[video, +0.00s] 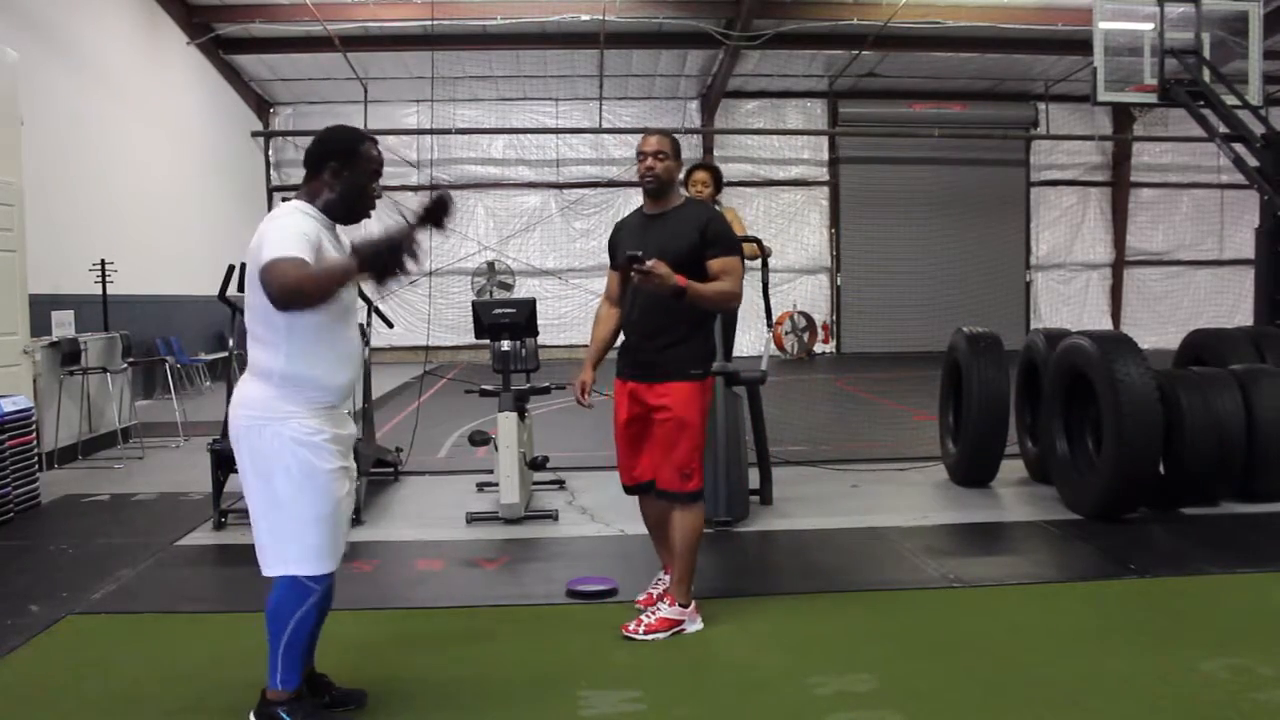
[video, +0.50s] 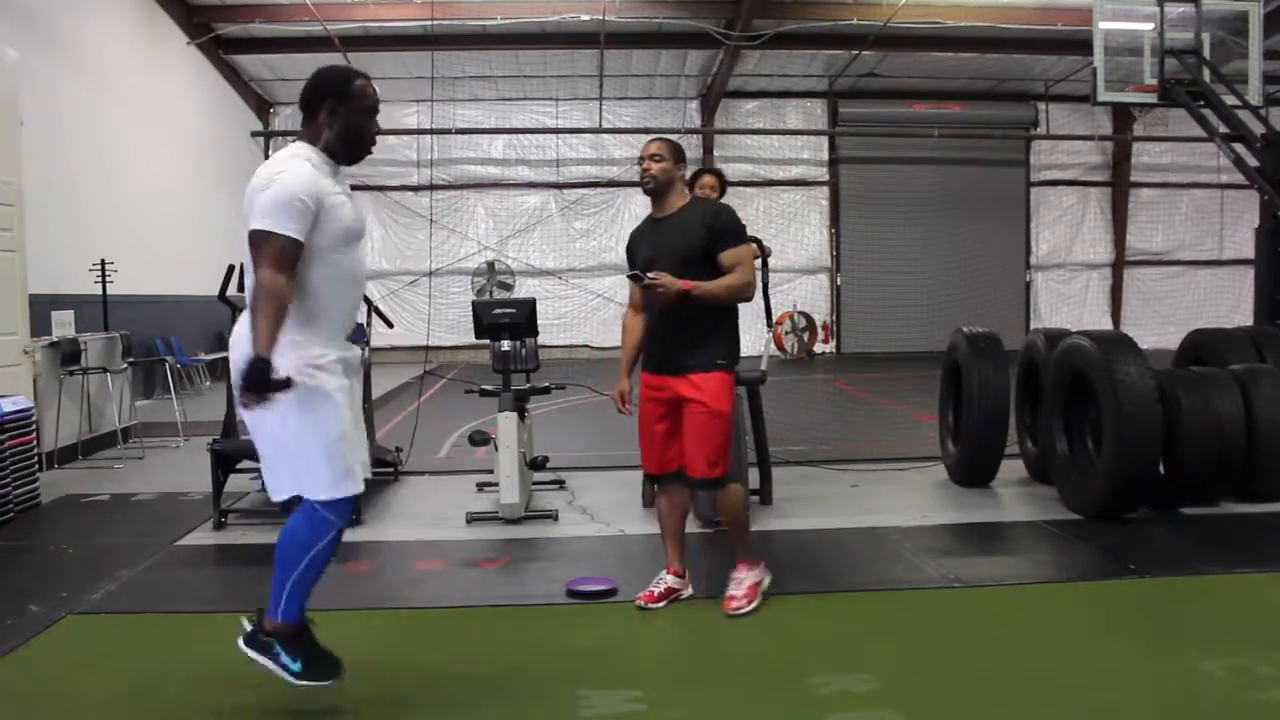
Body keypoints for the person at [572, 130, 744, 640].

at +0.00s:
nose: (649, 164)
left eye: (659, 157)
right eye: (642, 157)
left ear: (679, 166)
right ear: (635, 167)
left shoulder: (707, 219)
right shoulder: (625, 230)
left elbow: (731, 293)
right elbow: (612, 301)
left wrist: (675, 282)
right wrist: (590, 361)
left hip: (685, 375)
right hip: (635, 375)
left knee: (681, 487)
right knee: (646, 485)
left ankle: (681, 604)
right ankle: (673, 575)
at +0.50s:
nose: (646, 167)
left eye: (656, 160)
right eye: (642, 161)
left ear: (681, 168)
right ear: (639, 172)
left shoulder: (715, 217)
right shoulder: (639, 238)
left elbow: (745, 283)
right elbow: (635, 309)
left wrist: (684, 288)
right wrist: (625, 373)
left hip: (709, 369)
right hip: (658, 371)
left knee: (714, 473)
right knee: (666, 475)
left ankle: (747, 566)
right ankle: (675, 573)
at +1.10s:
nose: (721, 166)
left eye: (732, 159)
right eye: (717, 159)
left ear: (753, 168)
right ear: (710, 168)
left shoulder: (780, 225)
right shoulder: (696, 224)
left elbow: (803, 294)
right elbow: (684, 292)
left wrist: (754, 298)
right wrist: (667, 353)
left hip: (762, 372)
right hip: (703, 370)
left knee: (769, 472)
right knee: (691, 469)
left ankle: (767, 565)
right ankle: (678, 568)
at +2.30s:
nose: (648, 170)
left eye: (657, 162)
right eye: (642, 164)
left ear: (679, 168)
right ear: (638, 174)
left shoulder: (715, 217)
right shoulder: (635, 236)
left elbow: (748, 282)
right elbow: (627, 306)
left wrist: (696, 296)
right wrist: (608, 364)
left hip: (706, 372)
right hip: (653, 374)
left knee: (723, 475)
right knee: (663, 475)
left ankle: (755, 555)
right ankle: (674, 572)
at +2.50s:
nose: (632, 171)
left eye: (641, 163)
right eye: (627, 165)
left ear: (665, 169)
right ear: (624, 175)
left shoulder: (703, 217)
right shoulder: (626, 238)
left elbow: (737, 278)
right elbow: (618, 308)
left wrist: (683, 298)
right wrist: (596, 365)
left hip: (698, 369)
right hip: (646, 372)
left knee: (702, 474)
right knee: (659, 474)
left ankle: (747, 556)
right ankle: (673, 573)